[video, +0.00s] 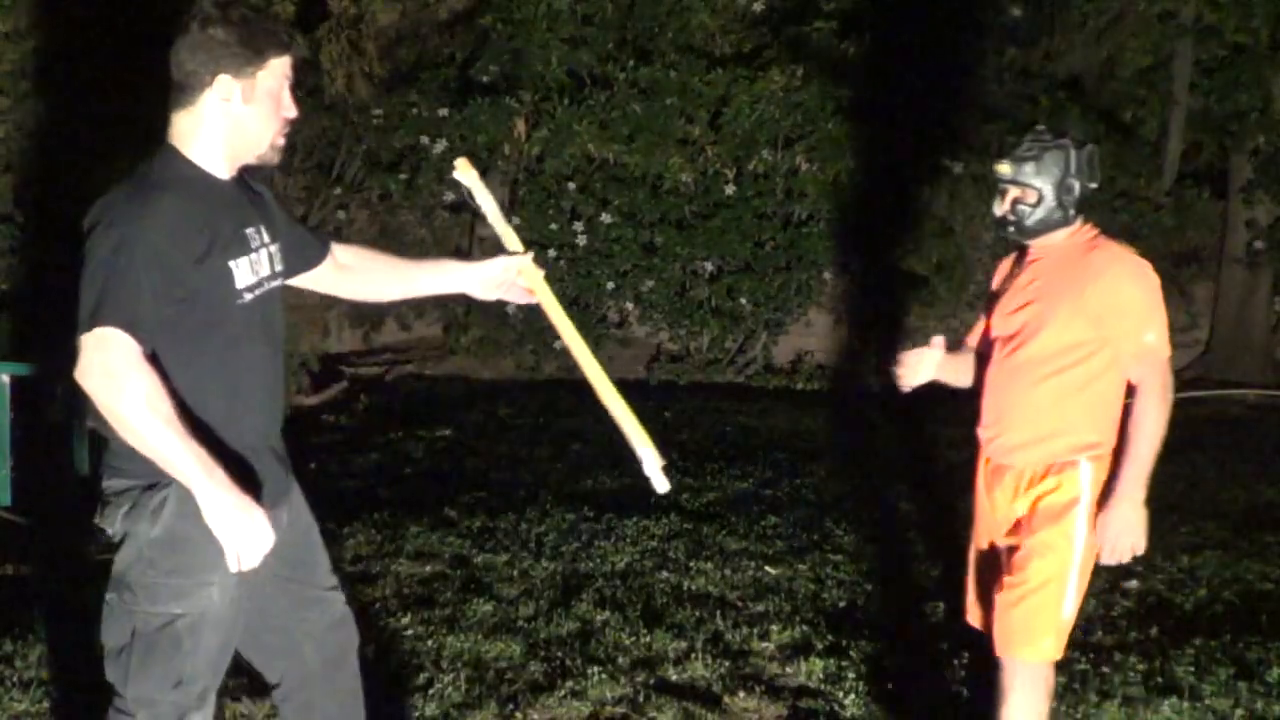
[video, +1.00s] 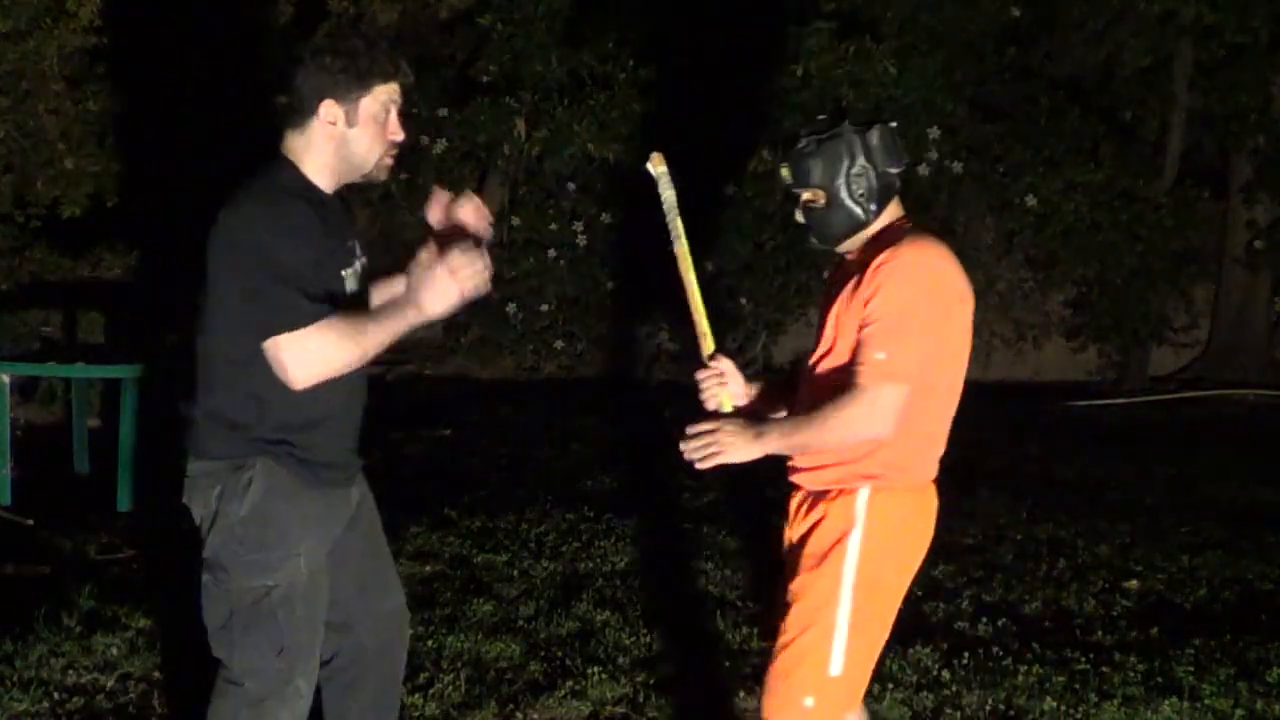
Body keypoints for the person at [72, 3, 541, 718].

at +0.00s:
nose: (294, 111)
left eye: (292, 89)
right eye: (282, 88)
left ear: (231, 95)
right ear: (225, 93)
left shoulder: (249, 204)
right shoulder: (140, 215)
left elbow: (334, 268)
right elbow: (103, 361)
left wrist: (475, 276)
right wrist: (214, 489)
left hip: (266, 495)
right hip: (173, 508)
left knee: (324, 670)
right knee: (162, 703)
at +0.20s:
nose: (346, 123)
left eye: (345, 104)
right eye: (337, 102)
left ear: (285, 107)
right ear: (283, 105)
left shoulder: (300, 216)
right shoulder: (201, 218)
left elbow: (384, 272)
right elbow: (149, 357)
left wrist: (518, 265)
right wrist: (226, 498)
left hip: (317, 523)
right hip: (228, 530)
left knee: (343, 695)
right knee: (193, 707)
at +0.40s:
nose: (409, 130)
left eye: (408, 111)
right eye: (400, 109)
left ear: (349, 110)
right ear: (347, 109)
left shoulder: (359, 210)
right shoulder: (261, 213)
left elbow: (434, 278)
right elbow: (215, 345)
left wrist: (563, 272)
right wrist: (278, 482)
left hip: (359, 504)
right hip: (280, 504)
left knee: (369, 678)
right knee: (253, 693)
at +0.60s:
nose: (436, 129)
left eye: (436, 112)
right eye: (426, 110)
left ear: (377, 109)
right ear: (374, 107)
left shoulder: (389, 208)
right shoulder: (295, 198)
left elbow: (460, 277)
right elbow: (245, 329)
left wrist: (587, 275)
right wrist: (335, 450)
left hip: (366, 473)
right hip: (293, 474)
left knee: (378, 662)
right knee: (301, 673)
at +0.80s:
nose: (423, 123)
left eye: (422, 105)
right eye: (410, 103)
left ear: (365, 109)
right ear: (358, 106)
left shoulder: (376, 210)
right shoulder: (282, 204)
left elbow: (444, 286)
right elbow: (260, 340)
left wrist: (553, 283)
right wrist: (391, 415)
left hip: (363, 480)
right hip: (291, 477)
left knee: (375, 666)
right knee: (294, 677)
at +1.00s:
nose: (399, 136)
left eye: (398, 118)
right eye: (386, 116)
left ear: (335, 120)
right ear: (332, 118)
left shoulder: (328, 215)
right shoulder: (262, 218)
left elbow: (347, 312)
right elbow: (299, 358)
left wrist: (427, 267)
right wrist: (417, 305)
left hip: (331, 478)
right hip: (260, 480)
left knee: (372, 649)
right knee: (268, 680)